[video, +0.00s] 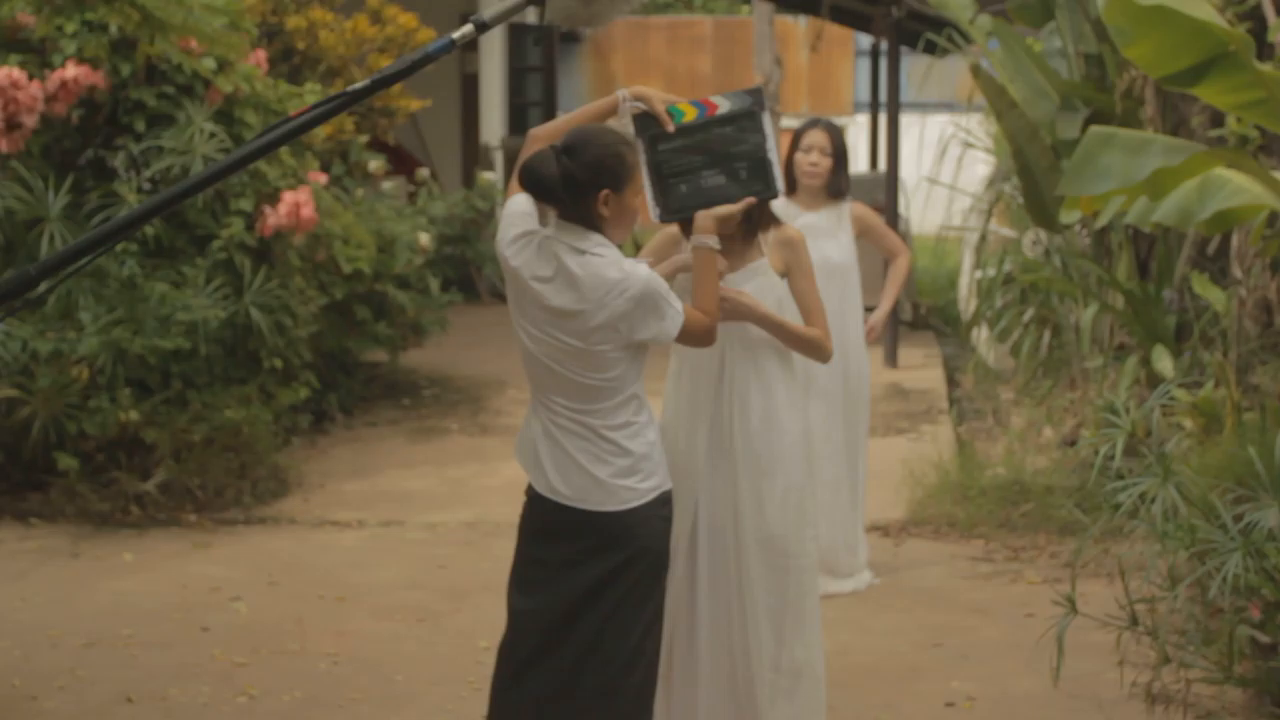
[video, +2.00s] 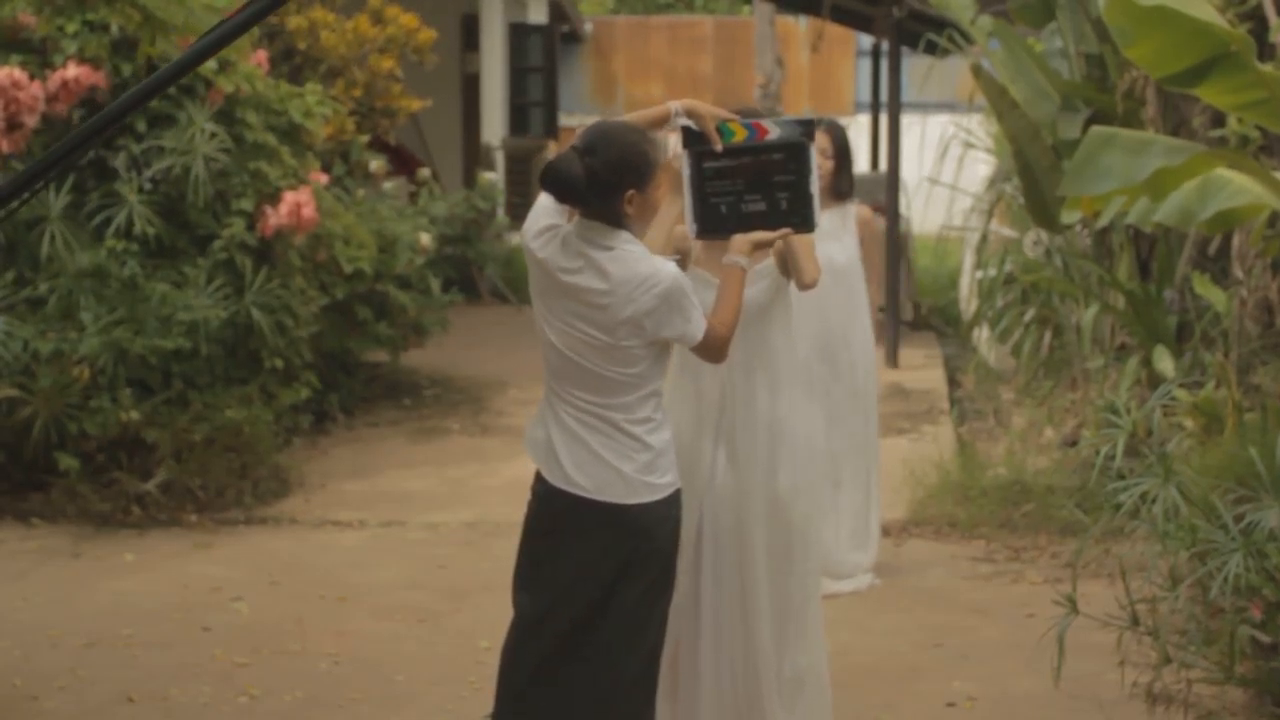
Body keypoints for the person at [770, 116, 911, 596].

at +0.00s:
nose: (814, 160)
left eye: (825, 153)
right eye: (806, 150)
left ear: (837, 163)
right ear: (791, 157)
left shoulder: (852, 213)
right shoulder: (772, 214)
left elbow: (900, 255)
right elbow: (745, 271)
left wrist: (883, 311)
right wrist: (764, 320)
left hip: (840, 347)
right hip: (786, 346)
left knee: (836, 451)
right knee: (788, 451)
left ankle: (838, 558)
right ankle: (788, 560)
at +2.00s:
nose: (817, 164)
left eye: (825, 155)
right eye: (810, 154)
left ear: (841, 164)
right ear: (797, 161)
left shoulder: (860, 219)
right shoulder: (784, 219)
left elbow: (873, 284)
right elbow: (769, 286)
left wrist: (870, 334)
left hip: (843, 348)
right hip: (791, 351)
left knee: (843, 448)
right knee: (794, 450)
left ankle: (845, 557)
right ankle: (794, 556)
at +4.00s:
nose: (828, 200)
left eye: (837, 191)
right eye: (822, 189)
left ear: (849, 184)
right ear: (806, 181)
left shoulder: (857, 222)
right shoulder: (787, 215)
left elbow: (867, 294)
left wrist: (866, 361)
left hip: (837, 354)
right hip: (787, 356)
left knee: (839, 456)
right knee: (791, 456)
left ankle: (842, 560)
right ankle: (791, 561)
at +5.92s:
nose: (830, 206)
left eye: (838, 198)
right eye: (823, 198)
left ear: (850, 193)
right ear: (807, 190)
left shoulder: (859, 226)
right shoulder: (791, 224)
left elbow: (868, 291)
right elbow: (775, 290)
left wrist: (873, 350)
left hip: (841, 352)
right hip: (793, 354)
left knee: (841, 449)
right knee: (800, 450)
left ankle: (842, 547)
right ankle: (804, 550)